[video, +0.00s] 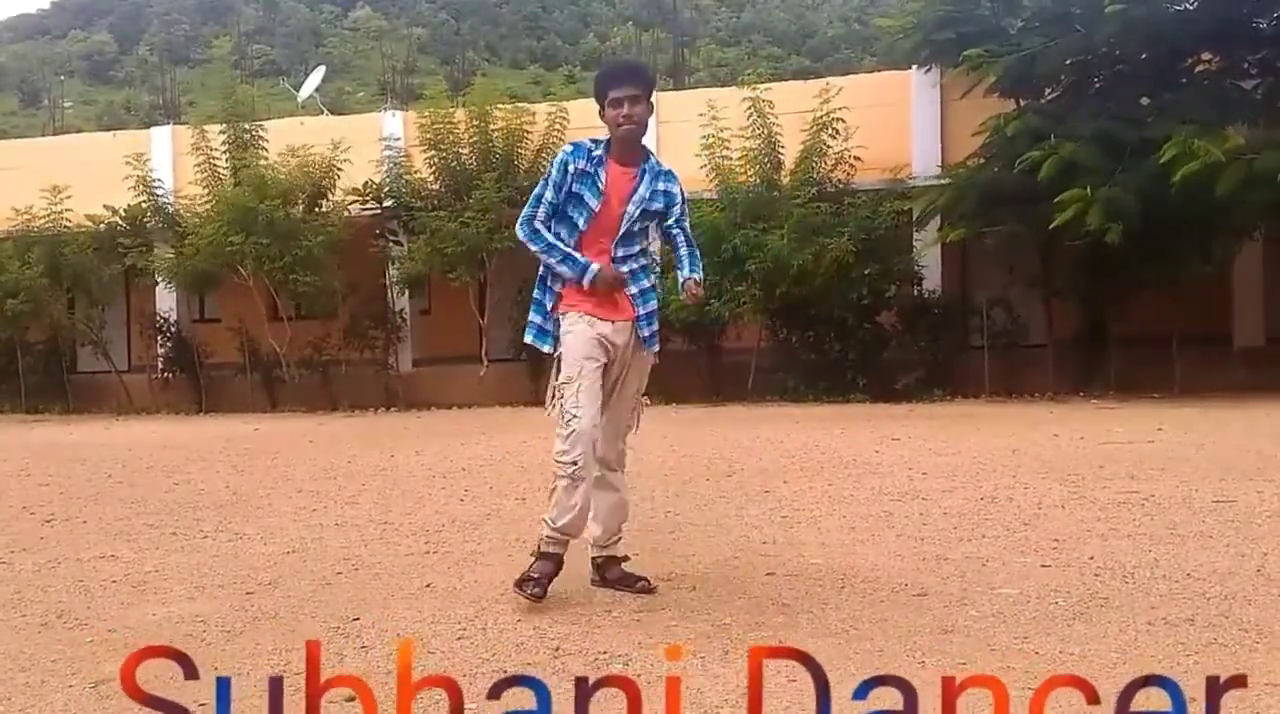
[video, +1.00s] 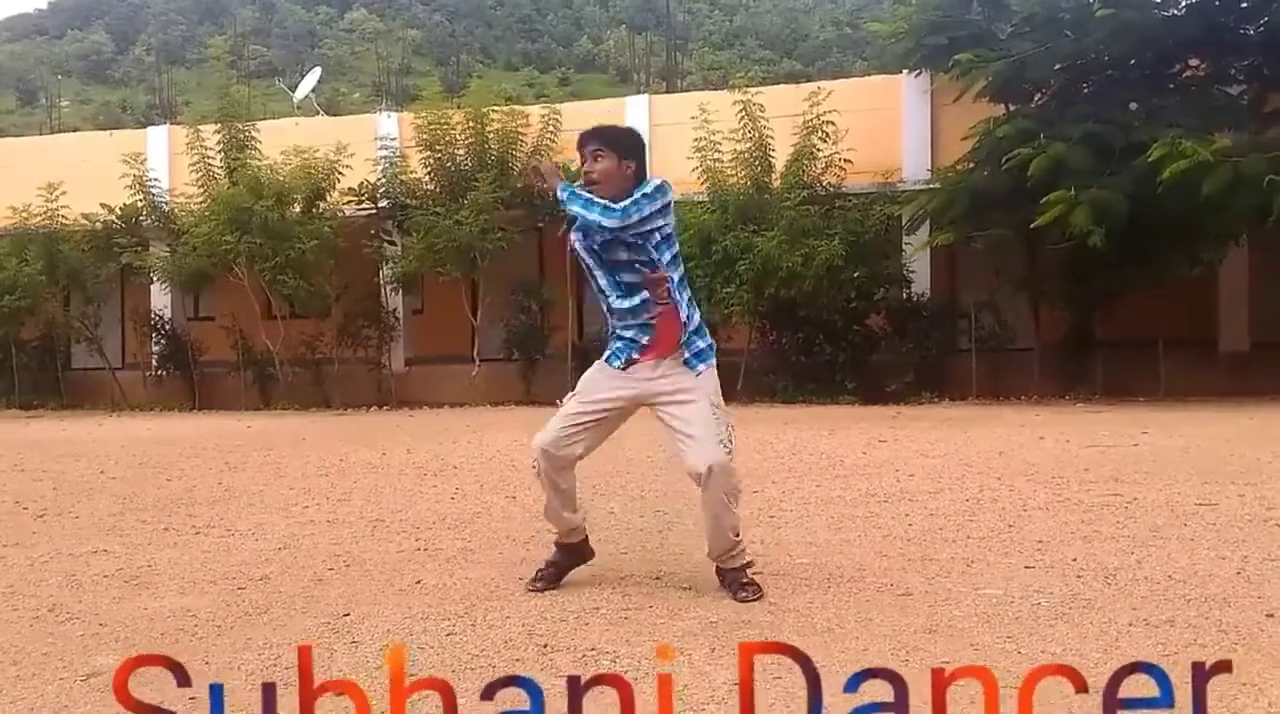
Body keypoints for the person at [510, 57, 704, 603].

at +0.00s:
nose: (628, 112)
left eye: (636, 102)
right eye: (617, 103)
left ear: (651, 107)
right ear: (602, 110)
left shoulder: (664, 182)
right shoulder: (573, 160)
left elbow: (682, 237)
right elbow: (530, 225)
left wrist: (690, 273)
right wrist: (586, 268)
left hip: (636, 320)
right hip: (581, 315)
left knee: (613, 445)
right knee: (581, 434)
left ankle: (606, 560)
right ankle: (552, 550)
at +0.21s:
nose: (613, 107)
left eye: (621, 97)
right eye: (602, 98)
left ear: (634, 104)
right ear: (586, 107)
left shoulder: (655, 173)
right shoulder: (561, 166)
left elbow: (646, 249)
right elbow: (529, 236)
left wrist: (572, 241)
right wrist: (485, 300)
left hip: (634, 325)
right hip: (571, 324)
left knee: (616, 450)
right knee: (563, 446)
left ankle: (608, 561)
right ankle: (567, 558)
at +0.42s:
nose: (581, 114)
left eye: (590, 105)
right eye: (571, 106)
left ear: (605, 111)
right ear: (558, 115)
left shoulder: (631, 165)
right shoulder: (555, 176)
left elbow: (625, 245)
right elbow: (530, 248)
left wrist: (552, 273)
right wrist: (483, 312)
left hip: (632, 326)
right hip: (573, 330)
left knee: (640, 445)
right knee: (562, 446)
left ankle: (646, 548)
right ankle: (570, 555)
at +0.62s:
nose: (577, 118)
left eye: (586, 107)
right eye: (567, 111)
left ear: (605, 111)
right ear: (557, 119)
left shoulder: (633, 159)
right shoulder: (559, 181)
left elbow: (659, 233)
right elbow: (531, 239)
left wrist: (637, 311)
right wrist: (496, 292)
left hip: (649, 331)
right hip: (586, 335)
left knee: (677, 446)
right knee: (571, 449)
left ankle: (702, 558)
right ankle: (569, 556)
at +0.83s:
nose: (593, 136)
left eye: (603, 124)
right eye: (584, 127)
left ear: (632, 124)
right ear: (579, 133)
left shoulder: (657, 163)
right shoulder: (576, 186)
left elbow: (666, 206)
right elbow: (571, 260)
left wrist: (593, 240)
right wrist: (574, 316)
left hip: (671, 335)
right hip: (607, 340)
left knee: (701, 442)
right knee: (564, 438)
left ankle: (731, 555)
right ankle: (572, 551)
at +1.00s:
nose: (587, 168)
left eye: (597, 158)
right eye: (583, 161)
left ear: (630, 165)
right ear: (585, 170)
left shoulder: (657, 197)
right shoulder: (588, 211)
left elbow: (613, 220)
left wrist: (561, 188)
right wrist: (556, 193)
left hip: (685, 358)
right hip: (623, 357)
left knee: (716, 466)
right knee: (550, 449)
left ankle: (731, 564)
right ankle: (572, 542)